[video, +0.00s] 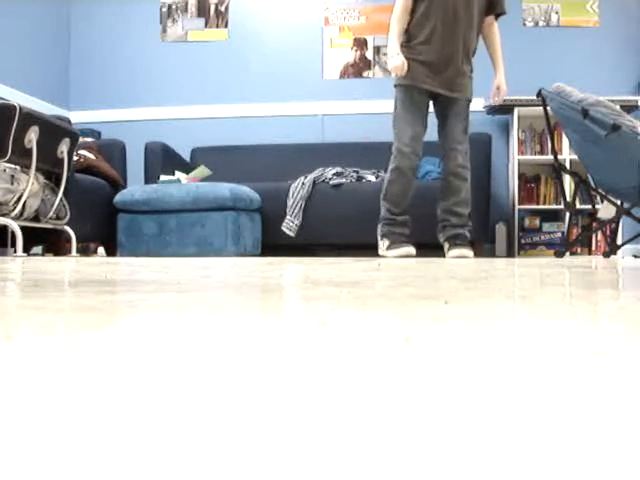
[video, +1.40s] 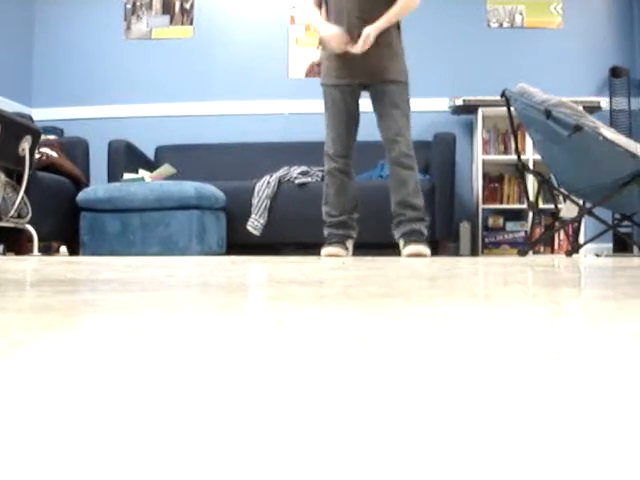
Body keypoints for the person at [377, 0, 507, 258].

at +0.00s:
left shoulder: (483, 3)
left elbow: (489, 22)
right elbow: (403, 6)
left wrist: (499, 73)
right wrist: (394, 50)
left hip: (458, 71)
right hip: (414, 65)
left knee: (457, 159)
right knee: (407, 153)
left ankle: (456, 237)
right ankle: (392, 235)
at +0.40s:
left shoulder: (457, 2)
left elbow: (466, 20)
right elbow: (375, 11)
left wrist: (479, 69)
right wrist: (372, 49)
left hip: (435, 74)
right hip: (390, 70)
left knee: (440, 159)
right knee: (377, 154)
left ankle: (445, 239)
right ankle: (365, 236)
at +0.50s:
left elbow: (437, 15)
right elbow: (349, 12)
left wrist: (451, 62)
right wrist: (348, 51)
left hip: (410, 72)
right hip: (365, 69)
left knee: (419, 157)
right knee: (355, 154)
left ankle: (431, 238)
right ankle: (348, 238)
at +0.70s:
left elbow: (409, 7)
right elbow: (324, 16)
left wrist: (422, 46)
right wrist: (319, 60)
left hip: (389, 67)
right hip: (344, 68)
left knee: (401, 151)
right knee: (342, 156)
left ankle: (412, 234)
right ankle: (344, 237)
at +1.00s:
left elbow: (399, 4)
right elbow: (305, 24)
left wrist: (415, 35)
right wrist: (282, 64)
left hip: (373, 60)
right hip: (328, 64)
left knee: (372, 143)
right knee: (331, 154)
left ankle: (385, 235)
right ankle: (337, 236)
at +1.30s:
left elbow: (400, 3)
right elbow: (310, 8)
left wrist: (382, 25)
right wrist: (297, 39)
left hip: (380, 56)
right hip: (332, 59)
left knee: (401, 146)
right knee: (334, 155)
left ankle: (414, 233)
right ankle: (337, 237)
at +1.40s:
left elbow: (411, 1)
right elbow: (307, 8)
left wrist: (376, 27)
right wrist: (326, 30)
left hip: (386, 58)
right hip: (337, 60)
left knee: (400, 150)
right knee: (337, 154)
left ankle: (412, 235)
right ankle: (338, 237)